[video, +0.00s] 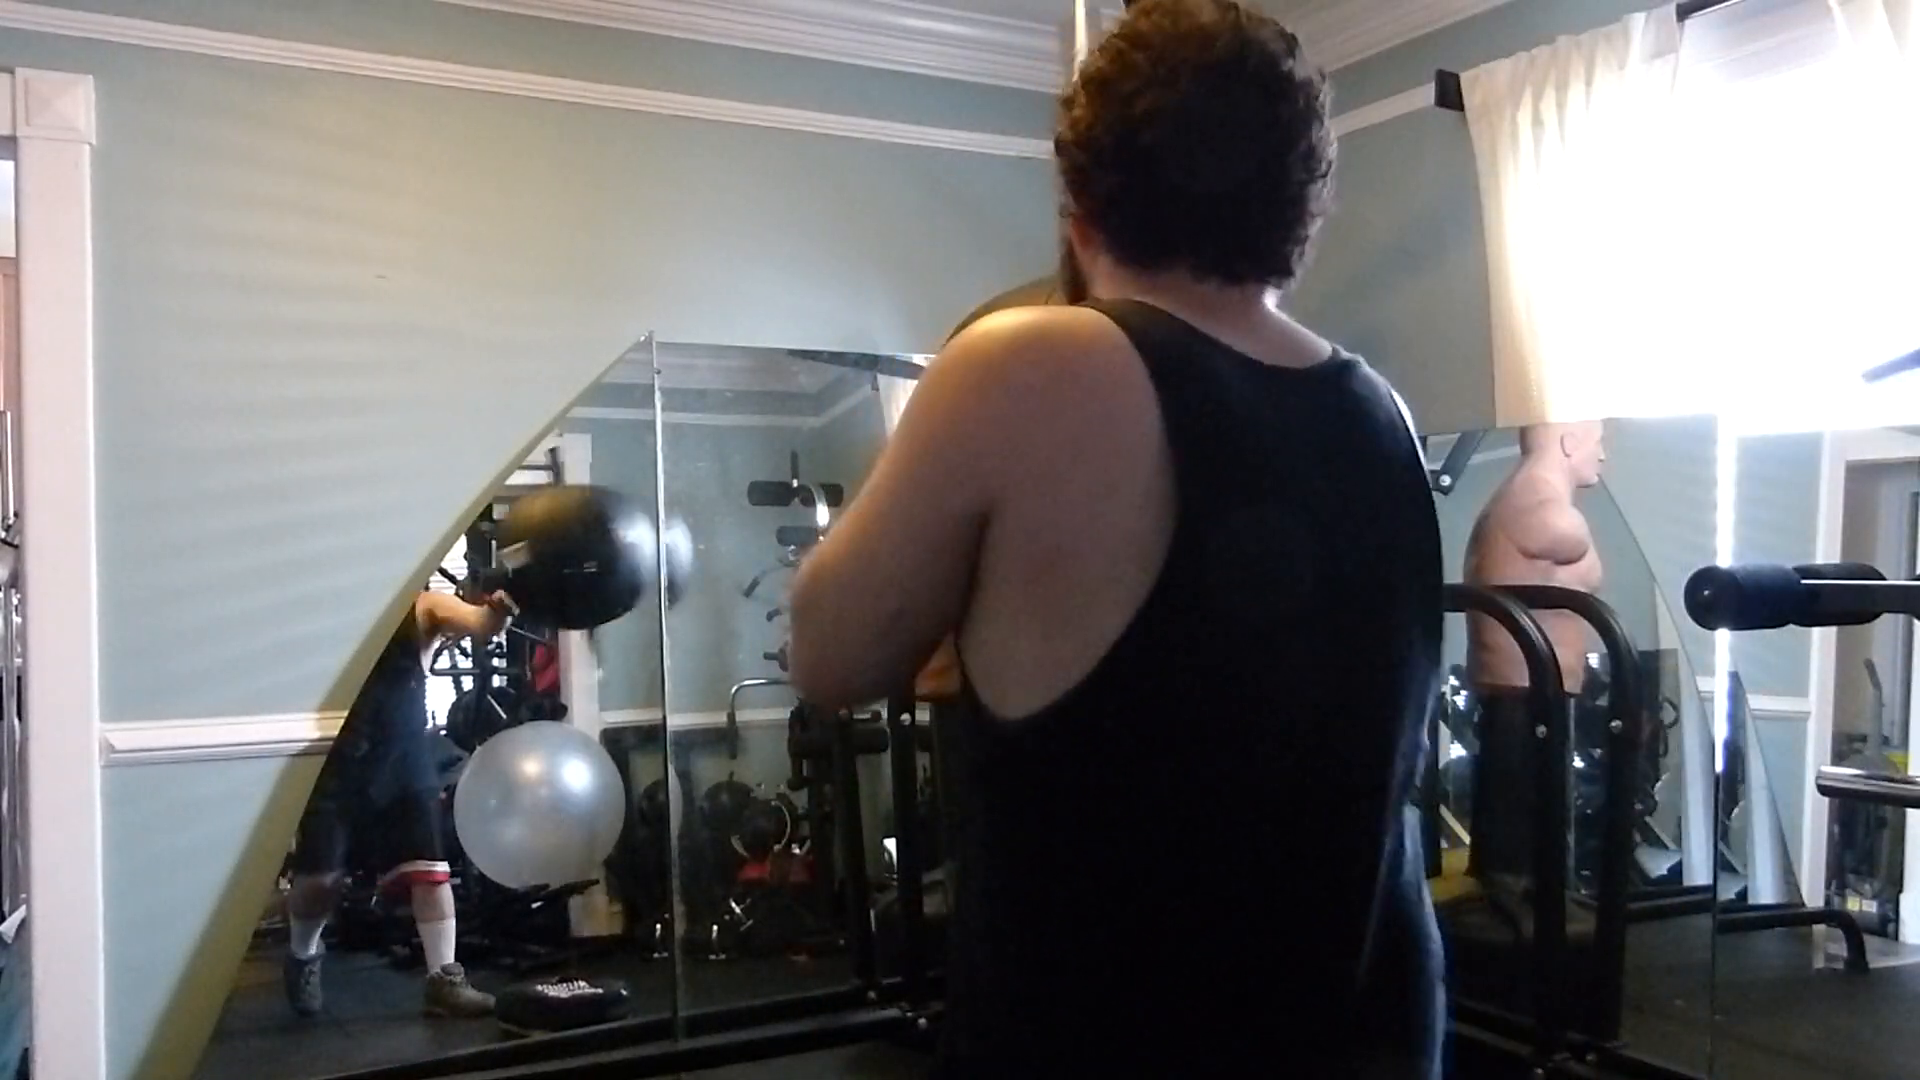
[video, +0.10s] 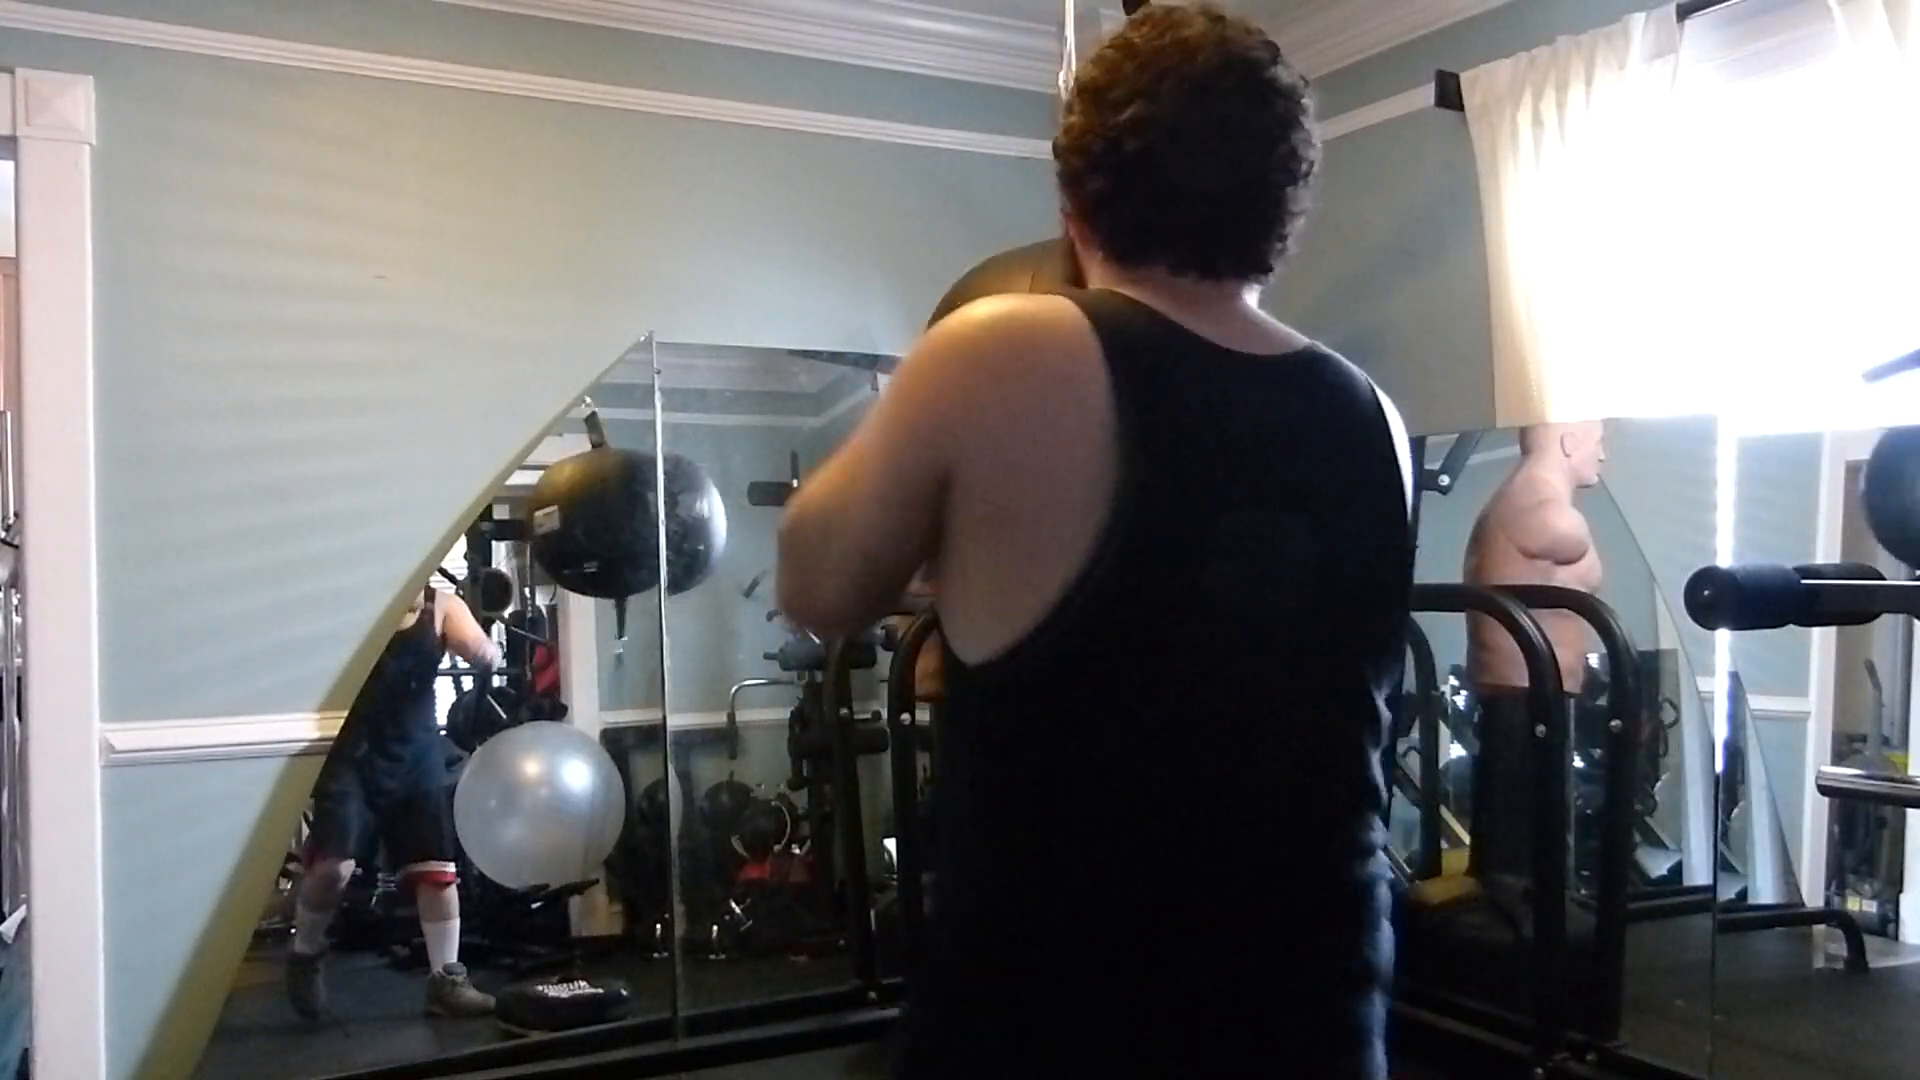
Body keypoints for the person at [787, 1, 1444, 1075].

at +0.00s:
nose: (1061, 207)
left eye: (1063, 182)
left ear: (1080, 200)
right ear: (1303, 212)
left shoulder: (1025, 367)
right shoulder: (1376, 408)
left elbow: (830, 660)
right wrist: (992, 624)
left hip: (1083, 1020)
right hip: (1363, 1024)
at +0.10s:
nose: (1056, 210)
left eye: (1062, 185)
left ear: (1080, 201)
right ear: (1285, 217)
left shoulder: (994, 360)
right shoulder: (1374, 421)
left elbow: (816, 588)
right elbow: (1329, 658)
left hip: (1042, 981)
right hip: (1313, 983)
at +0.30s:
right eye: (1217, 194)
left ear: (1000, 192)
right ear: (1198, 215)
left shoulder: (881, 387)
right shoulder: (1295, 432)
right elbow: (1364, 739)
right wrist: (1191, 774)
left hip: (920, 971)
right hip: (1179, 993)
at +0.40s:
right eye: (1111, 197)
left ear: (907, 219)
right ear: (1101, 215)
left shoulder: (813, 409)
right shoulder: (1210, 427)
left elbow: (829, 643)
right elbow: (1342, 719)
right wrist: (1185, 709)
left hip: (863, 979)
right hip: (1122, 994)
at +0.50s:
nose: (1010, 253)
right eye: (1003, 226)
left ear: (797, 249)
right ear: (989, 248)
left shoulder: (711, 451)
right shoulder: (1113, 441)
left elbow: (719, 664)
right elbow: (1257, 722)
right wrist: (1095, 658)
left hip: (787, 998)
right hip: (1044, 1005)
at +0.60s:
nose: (892, 272)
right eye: (885, 247)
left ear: (680, 287)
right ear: (866, 273)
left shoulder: (593, 498)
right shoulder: (994, 455)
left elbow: (625, 732)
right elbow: (1141, 742)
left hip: (693, 1022)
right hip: (950, 1020)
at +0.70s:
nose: (797, 290)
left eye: (792, 265)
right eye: (789, 266)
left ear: (585, 304)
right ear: (758, 280)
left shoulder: (505, 517)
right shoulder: (890, 448)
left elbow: (556, 761)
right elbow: (1054, 733)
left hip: (624, 1025)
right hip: (882, 1021)